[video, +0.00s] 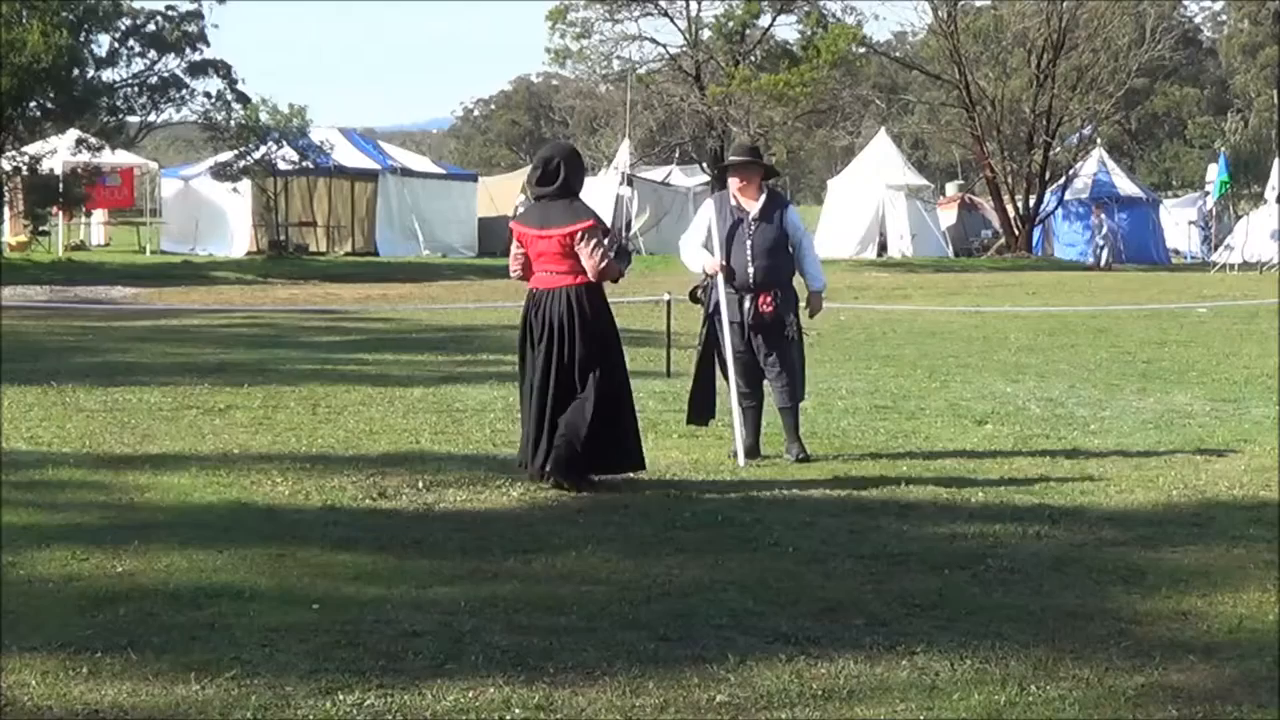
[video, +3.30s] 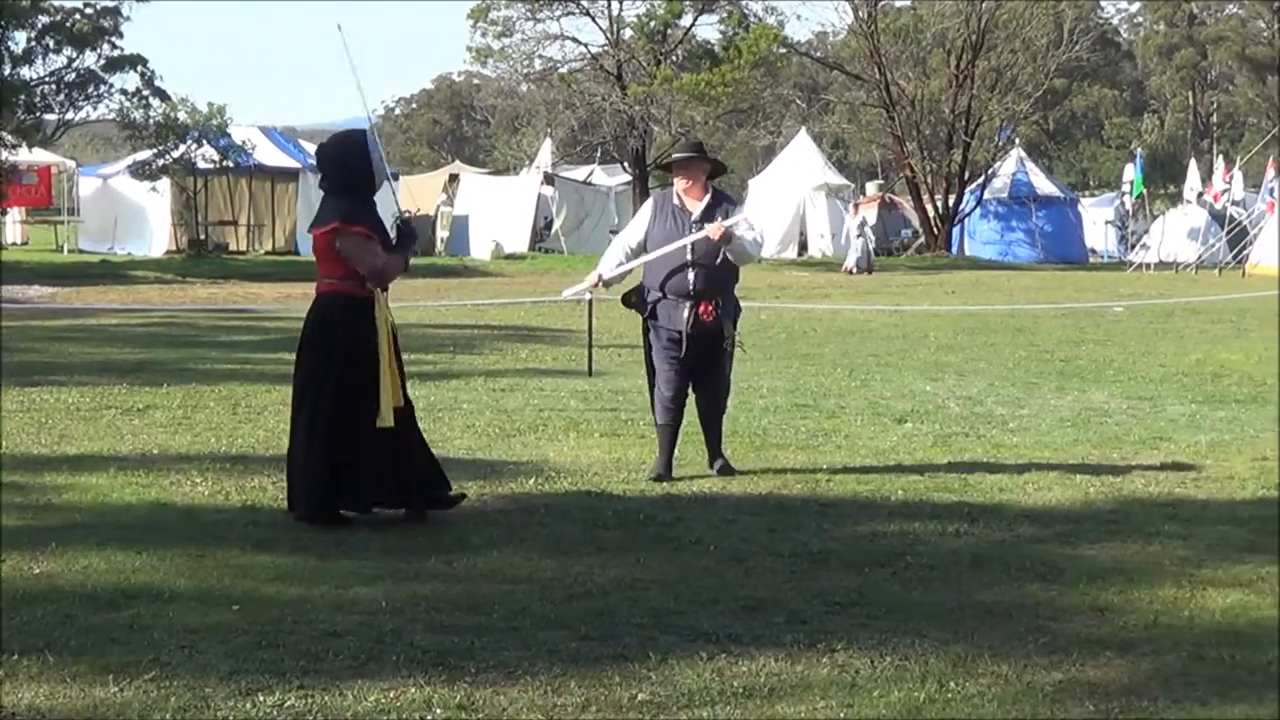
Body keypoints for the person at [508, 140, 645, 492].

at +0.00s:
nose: (581, 177)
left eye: (578, 171)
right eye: (579, 172)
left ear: (537, 174)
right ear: (573, 176)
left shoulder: (523, 220)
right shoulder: (580, 217)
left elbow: (518, 270)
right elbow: (601, 270)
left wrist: (552, 267)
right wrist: (621, 261)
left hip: (539, 304)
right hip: (578, 304)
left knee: (545, 381)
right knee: (592, 382)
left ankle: (540, 460)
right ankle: (566, 459)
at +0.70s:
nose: (545, 184)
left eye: (544, 178)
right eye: (542, 178)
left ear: (502, 181)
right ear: (532, 181)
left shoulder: (490, 220)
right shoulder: (526, 218)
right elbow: (539, 270)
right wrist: (573, 251)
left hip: (497, 312)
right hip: (533, 315)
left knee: (501, 395)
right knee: (549, 394)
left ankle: (490, 474)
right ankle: (558, 479)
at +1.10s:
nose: (505, 172)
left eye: (503, 165)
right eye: (501, 165)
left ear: (463, 168)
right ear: (491, 169)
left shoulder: (453, 210)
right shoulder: (477, 212)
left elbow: (474, 260)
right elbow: (495, 269)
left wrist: (511, 237)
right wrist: (525, 246)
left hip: (452, 305)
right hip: (480, 310)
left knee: (470, 393)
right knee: (499, 392)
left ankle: (479, 484)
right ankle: (502, 486)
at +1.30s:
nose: (484, 176)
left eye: (482, 169)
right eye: (479, 169)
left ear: (438, 173)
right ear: (468, 173)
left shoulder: (429, 217)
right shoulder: (459, 219)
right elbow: (478, 273)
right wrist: (507, 251)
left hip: (432, 314)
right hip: (465, 316)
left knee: (433, 398)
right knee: (478, 399)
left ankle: (425, 482)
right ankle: (486, 493)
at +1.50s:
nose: (464, 179)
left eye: (461, 171)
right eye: (458, 171)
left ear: (417, 178)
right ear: (445, 178)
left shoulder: (412, 219)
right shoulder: (433, 224)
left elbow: (434, 271)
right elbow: (453, 279)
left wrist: (468, 246)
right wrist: (482, 258)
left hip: (412, 319)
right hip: (436, 324)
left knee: (416, 407)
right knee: (445, 406)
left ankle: (409, 492)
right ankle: (452, 493)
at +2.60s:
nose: (411, 160)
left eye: (408, 151)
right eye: (405, 152)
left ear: (365, 162)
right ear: (392, 159)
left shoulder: (377, 205)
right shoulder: (382, 209)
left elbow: (388, 263)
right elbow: (389, 267)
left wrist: (426, 252)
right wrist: (428, 257)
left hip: (376, 309)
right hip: (384, 314)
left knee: (379, 401)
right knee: (388, 401)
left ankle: (378, 492)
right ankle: (388, 497)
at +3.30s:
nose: (381, 171)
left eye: (378, 162)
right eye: (374, 163)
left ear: (333, 171)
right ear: (357, 170)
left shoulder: (351, 212)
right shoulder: (342, 217)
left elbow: (375, 265)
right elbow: (378, 271)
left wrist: (398, 243)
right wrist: (406, 245)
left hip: (357, 315)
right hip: (343, 318)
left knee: (384, 403)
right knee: (338, 407)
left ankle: (423, 488)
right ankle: (323, 500)